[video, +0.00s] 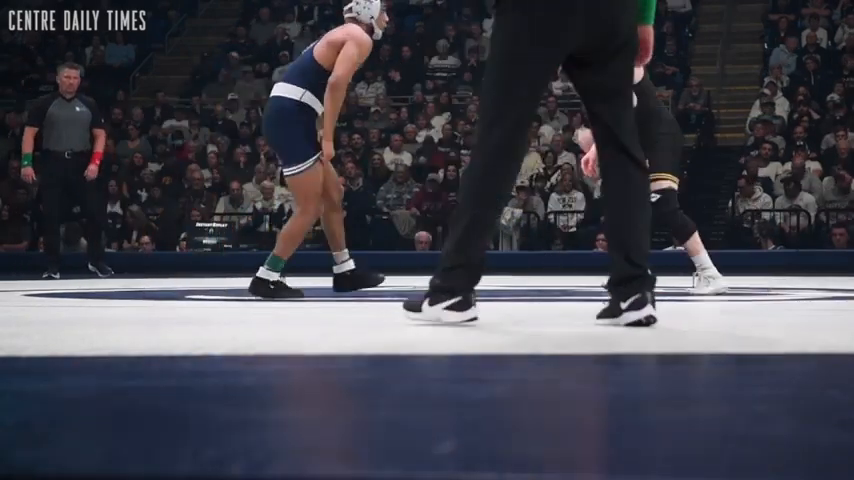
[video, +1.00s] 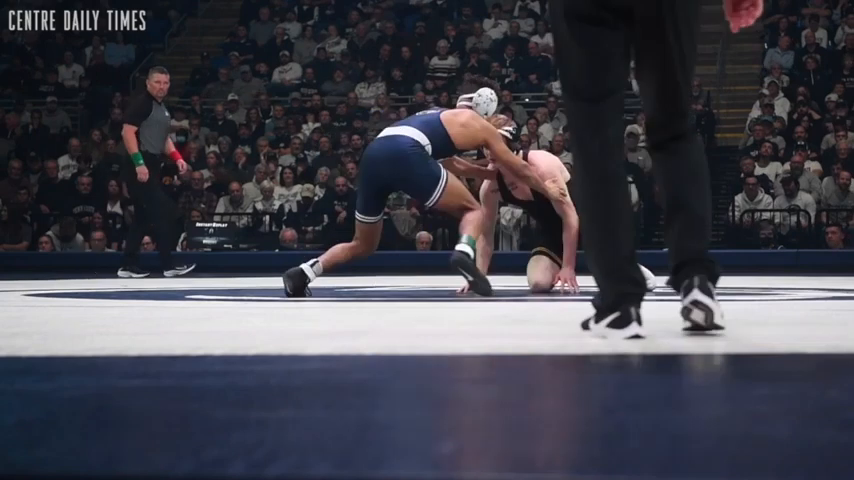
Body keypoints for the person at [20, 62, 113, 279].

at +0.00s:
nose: (71, 82)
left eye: (75, 78)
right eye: (67, 78)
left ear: (80, 81)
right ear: (58, 79)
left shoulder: (89, 105)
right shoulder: (44, 104)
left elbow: (100, 135)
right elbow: (29, 132)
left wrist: (95, 162)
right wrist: (26, 163)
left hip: (82, 164)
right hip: (52, 164)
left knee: (94, 212)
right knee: (51, 214)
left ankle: (95, 260)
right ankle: (52, 265)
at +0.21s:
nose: (82, 82)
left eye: (85, 78)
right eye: (77, 78)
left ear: (88, 81)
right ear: (67, 80)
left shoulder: (96, 105)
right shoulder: (53, 103)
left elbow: (106, 135)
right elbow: (38, 132)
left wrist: (104, 162)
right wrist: (38, 162)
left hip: (90, 164)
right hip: (61, 164)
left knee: (104, 211)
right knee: (57, 215)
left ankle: (109, 262)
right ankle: (53, 265)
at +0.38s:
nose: (98, 84)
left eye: (101, 80)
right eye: (93, 80)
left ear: (104, 83)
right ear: (83, 81)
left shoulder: (108, 109)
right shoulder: (71, 104)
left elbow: (115, 136)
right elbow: (54, 131)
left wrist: (116, 162)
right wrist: (58, 162)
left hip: (101, 167)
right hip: (75, 166)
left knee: (115, 210)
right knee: (65, 213)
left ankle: (124, 263)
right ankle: (54, 265)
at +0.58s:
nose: (124, 86)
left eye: (128, 83)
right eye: (120, 82)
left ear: (132, 86)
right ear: (111, 84)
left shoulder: (130, 109)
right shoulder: (102, 103)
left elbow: (134, 137)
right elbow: (87, 132)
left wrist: (138, 163)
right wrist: (95, 162)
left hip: (125, 166)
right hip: (105, 164)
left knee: (132, 214)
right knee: (89, 214)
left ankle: (127, 263)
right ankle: (59, 261)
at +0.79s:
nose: (143, 85)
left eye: (147, 82)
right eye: (139, 81)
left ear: (150, 84)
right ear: (129, 83)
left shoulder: (145, 107)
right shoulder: (122, 101)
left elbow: (149, 137)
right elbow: (112, 132)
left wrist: (161, 162)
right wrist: (127, 161)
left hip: (139, 162)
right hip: (122, 161)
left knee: (138, 212)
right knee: (129, 209)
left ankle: (129, 263)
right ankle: (100, 254)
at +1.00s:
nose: (162, 87)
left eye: (166, 83)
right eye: (158, 82)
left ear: (168, 86)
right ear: (148, 83)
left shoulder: (161, 107)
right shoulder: (141, 101)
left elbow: (163, 138)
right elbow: (128, 131)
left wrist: (178, 159)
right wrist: (139, 162)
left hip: (153, 163)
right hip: (140, 163)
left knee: (142, 214)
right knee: (163, 209)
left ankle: (129, 264)